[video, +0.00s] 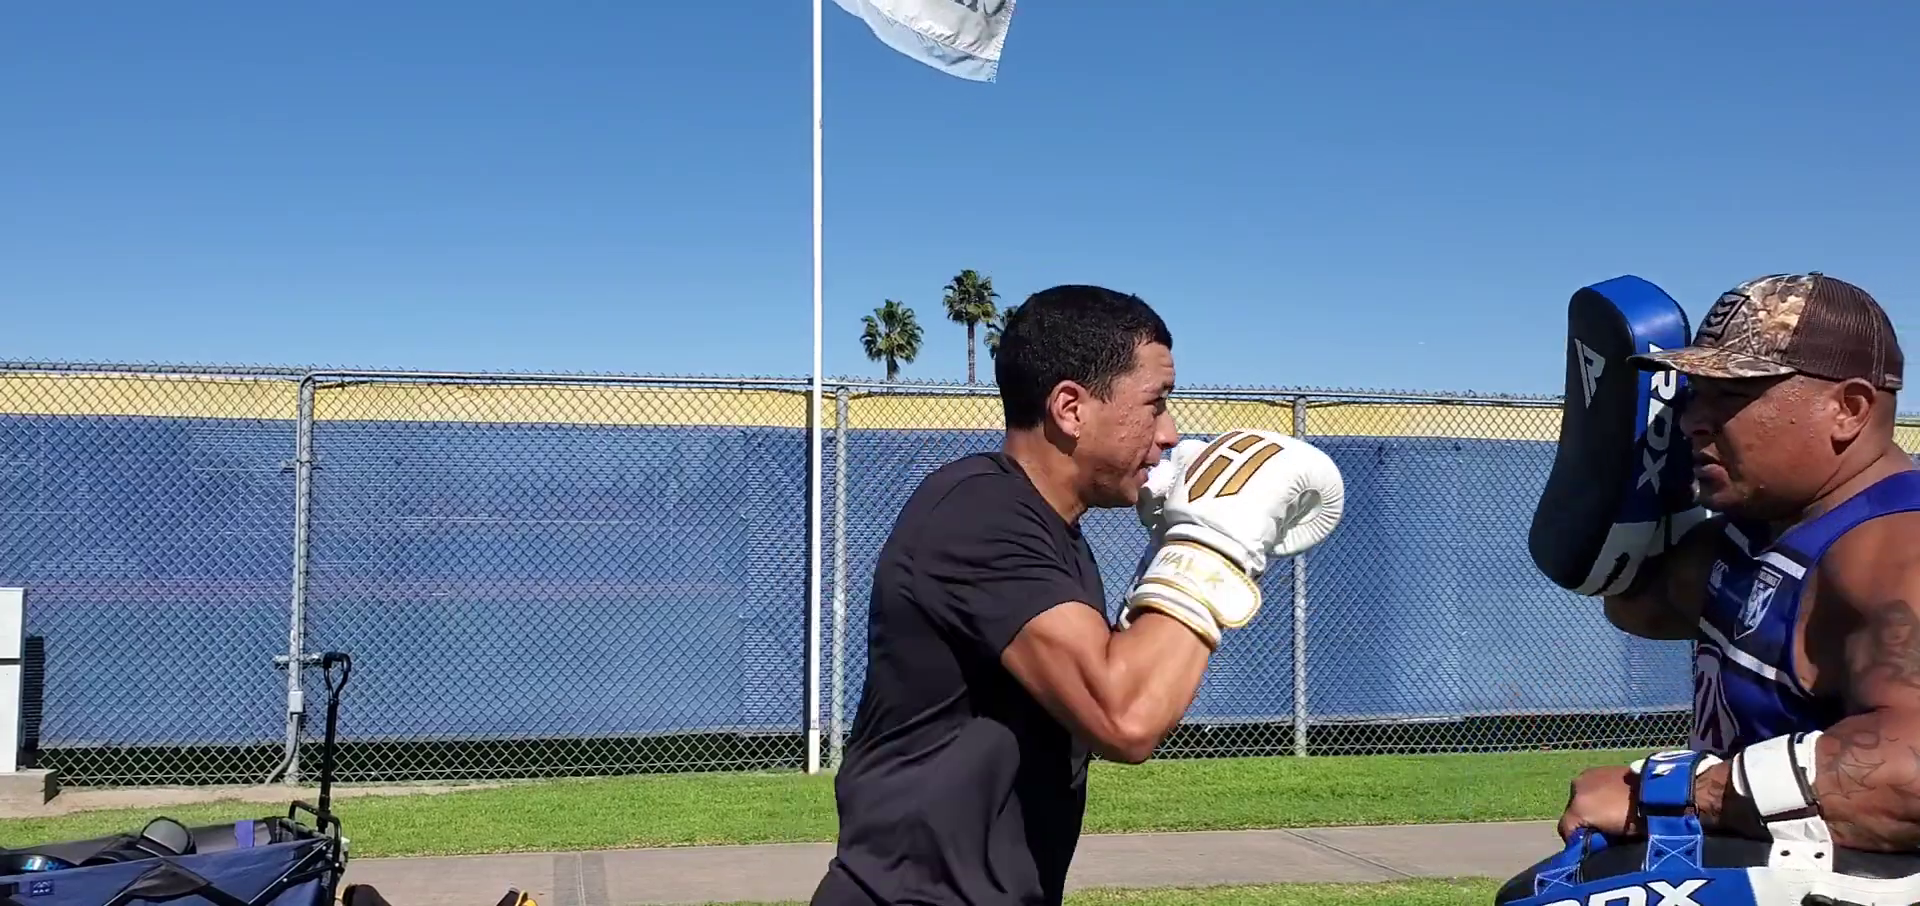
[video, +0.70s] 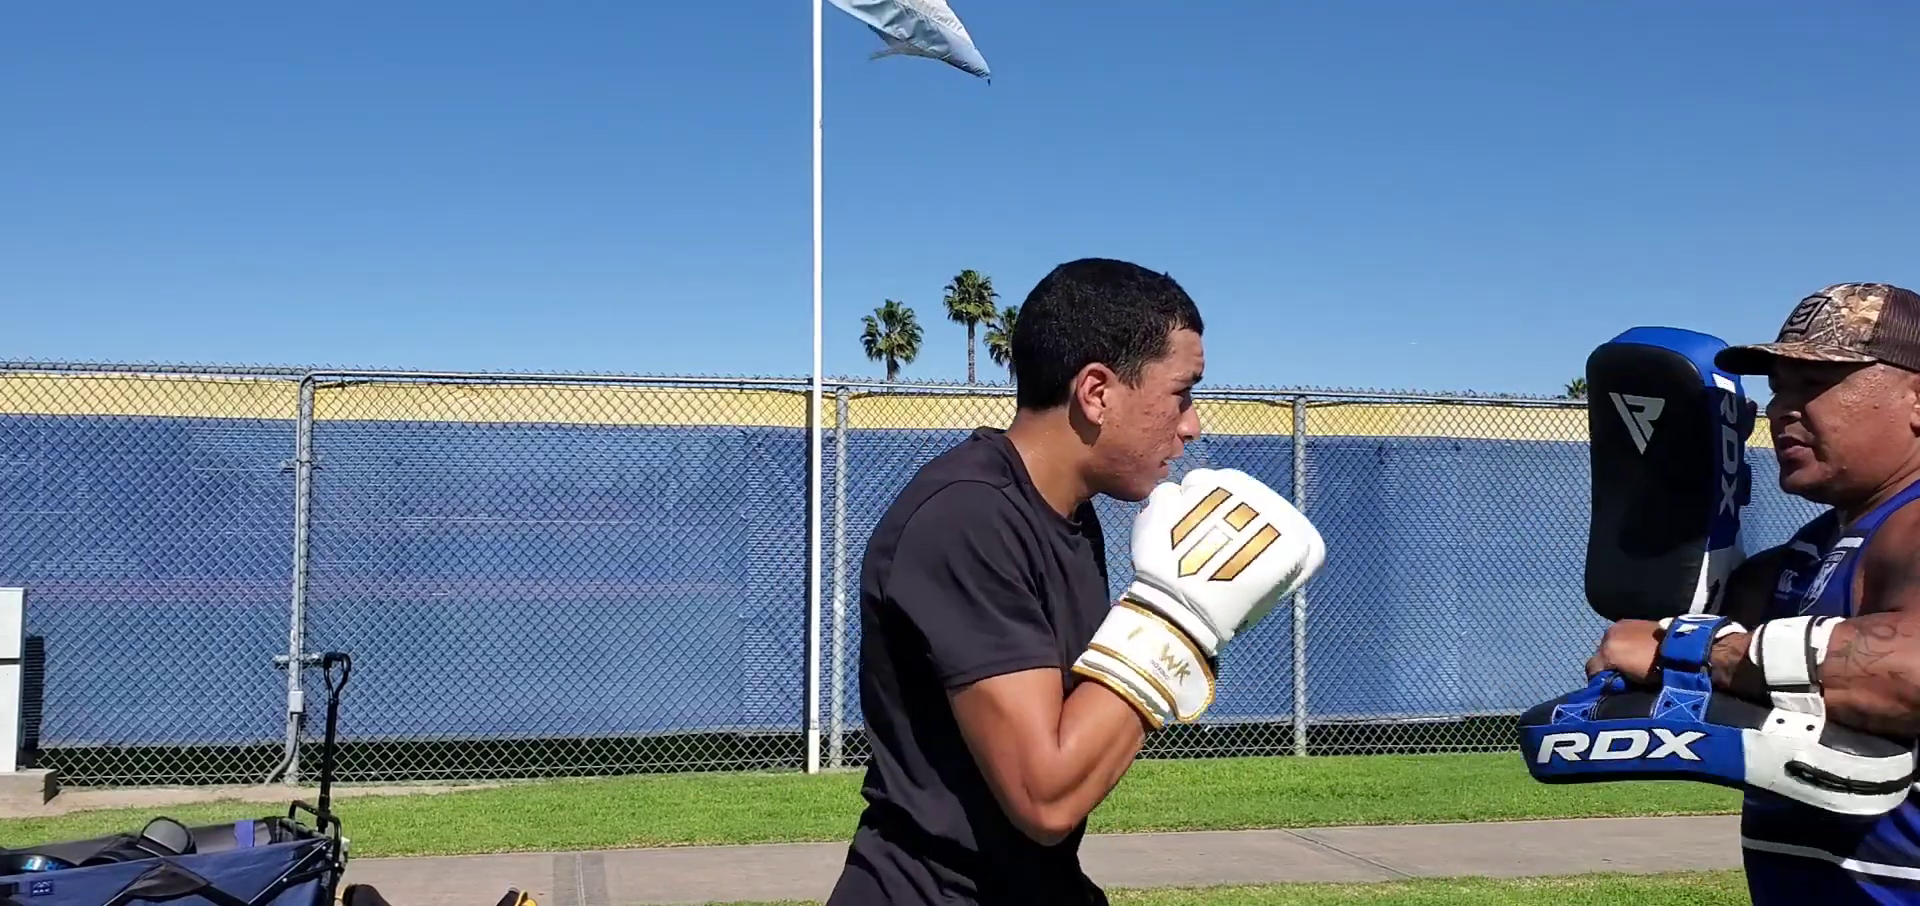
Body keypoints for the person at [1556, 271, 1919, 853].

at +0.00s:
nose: (1693, 422)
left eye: (1731, 394)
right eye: (1696, 394)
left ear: (1848, 410)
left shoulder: (1887, 552)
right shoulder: (1755, 528)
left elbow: (1901, 774)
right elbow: (1643, 604)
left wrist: (1661, 789)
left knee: (1546, 894)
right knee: (1535, 884)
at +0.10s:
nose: (1692, 453)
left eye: (1728, 431)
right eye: (1693, 424)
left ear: (1848, 430)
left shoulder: (1902, 585)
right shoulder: (1732, 528)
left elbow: (1897, 827)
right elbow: (1570, 576)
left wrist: (1666, 811)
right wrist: (1545, 429)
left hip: (1840, 884)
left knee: (1558, 891)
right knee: (1547, 882)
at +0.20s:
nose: (1712, 436)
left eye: (1751, 415)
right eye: (1714, 407)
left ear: (1873, 425)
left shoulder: (1899, 587)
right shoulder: (1762, 517)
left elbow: (1903, 824)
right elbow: (1632, 579)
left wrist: (1682, 828)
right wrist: (1552, 484)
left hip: (1832, 883)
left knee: (1574, 886)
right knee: (1568, 881)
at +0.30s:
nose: (1737, 420)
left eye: (1777, 399)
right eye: (1744, 391)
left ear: (1895, 431)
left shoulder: (1906, 587)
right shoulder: (1779, 526)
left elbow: (1907, 815)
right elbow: (1694, 626)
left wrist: (1696, 793)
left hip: (1877, 875)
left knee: (1577, 863)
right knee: (1555, 848)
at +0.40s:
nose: (1752, 422)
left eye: (1792, 399)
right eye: (1755, 395)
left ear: (1903, 427)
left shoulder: (1907, 576)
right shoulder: (1797, 542)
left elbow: (1909, 796)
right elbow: (1730, 671)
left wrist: (1728, 721)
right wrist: (1653, 593)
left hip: (1867, 894)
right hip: (1772, 886)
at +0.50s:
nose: (1763, 414)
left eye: (1801, 388)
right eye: (1762, 390)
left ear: (1908, 406)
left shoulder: (1909, 554)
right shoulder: (1807, 540)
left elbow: (1908, 748)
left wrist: (1725, 687)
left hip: (1871, 886)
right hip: (1780, 881)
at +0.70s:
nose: (1779, 410)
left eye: (1813, 384)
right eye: (1777, 388)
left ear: (1915, 400)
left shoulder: (1912, 530)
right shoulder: (1803, 552)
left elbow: (1902, 678)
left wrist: (1686, 647)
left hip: (1887, 887)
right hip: (1797, 882)